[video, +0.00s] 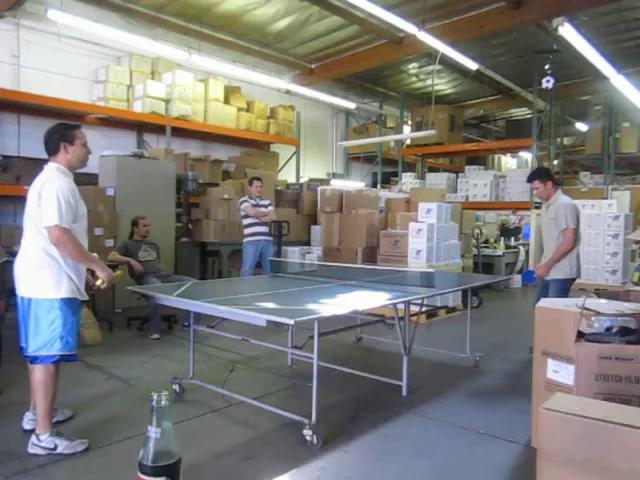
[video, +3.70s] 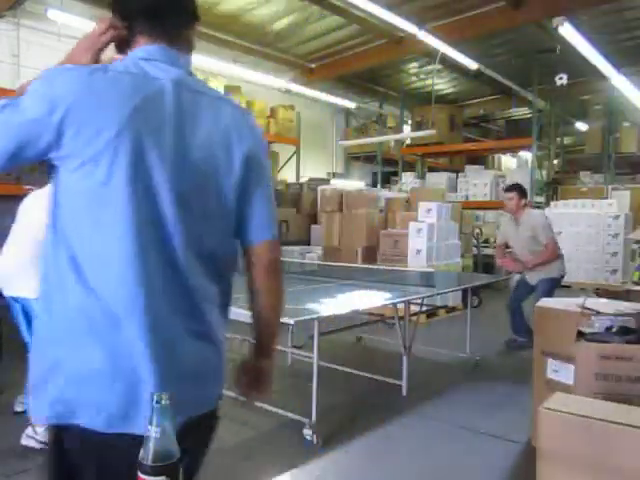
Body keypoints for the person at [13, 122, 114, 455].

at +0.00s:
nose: (88, 151)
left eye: (86, 145)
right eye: (83, 145)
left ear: (62, 147)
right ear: (64, 147)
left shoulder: (52, 178)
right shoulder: (55, 181)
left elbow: (58, 236)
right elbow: (58, 235)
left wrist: (90, 264)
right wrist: (97, 265)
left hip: (42, 284)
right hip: (49, 287)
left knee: (40, 353)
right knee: (48, 358)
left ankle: (38, 411)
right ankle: (43, 435)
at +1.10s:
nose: (124, 152)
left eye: (122, 145)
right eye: (120, 146)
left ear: (95, 149)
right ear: (106, 148)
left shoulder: (81, 177)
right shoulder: (99, 177)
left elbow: (89, 234)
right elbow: (110, 234)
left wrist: (127, 238)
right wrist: (131, 258)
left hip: (70, 285)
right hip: (89, 287)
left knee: (90, 357)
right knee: (103, 356)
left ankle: (82, 423)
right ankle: (57, 428)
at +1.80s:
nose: (120, 171)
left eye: (119, 165)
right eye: (117, 165)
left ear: (91, 169)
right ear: (104, 168)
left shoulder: (71, 199)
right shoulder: (109, 200)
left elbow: (68, 247)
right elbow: (131, 257)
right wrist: (142, 273)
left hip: (61, 292)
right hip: (94, 299)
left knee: (78, 337)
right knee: (125, 366)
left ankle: (45, 384)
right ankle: (102, 457)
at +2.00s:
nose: (105, 175)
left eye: (102, 170)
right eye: (100, 170)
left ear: (80, 175)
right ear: (85, 174)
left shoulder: (66, 200)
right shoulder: (81, 206)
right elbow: (81, 257)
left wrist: (107, 259)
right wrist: (108, 275)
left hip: (46, 287)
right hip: (65, 293)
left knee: (57, 345)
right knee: (83, 360)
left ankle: (30, 394)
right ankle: (91, 445)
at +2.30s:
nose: (93, 169)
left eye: (92, 164)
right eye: (89, 164)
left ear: (69, 166)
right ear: (73, 165)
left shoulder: (55, 189)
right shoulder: (65, 190)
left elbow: (55, 237)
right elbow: (62, 237)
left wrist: (82, 257)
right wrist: (84, 257)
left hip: (25, 278)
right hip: (41, 280)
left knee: (40, 342)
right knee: (52, 347)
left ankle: (32, 393)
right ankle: (39, 429)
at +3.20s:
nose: (84, 179)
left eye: (84, 174)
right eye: (81, 174)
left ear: (56, 174)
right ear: (65, 174)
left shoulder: (29, 197)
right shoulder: (67, 200)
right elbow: (94, 240)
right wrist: (121, 252)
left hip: (7, 282)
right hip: (32, 284)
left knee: (35, 345)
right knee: (42, 350)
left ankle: (30, 396)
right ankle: (32, 431)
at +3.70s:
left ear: (52, 171)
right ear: (70, 172)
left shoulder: (34, 196)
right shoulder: (67, 199)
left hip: (9, 280)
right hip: (35, 284)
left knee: (35, 346)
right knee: (44, 353)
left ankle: (26, 396)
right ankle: (40, 424)